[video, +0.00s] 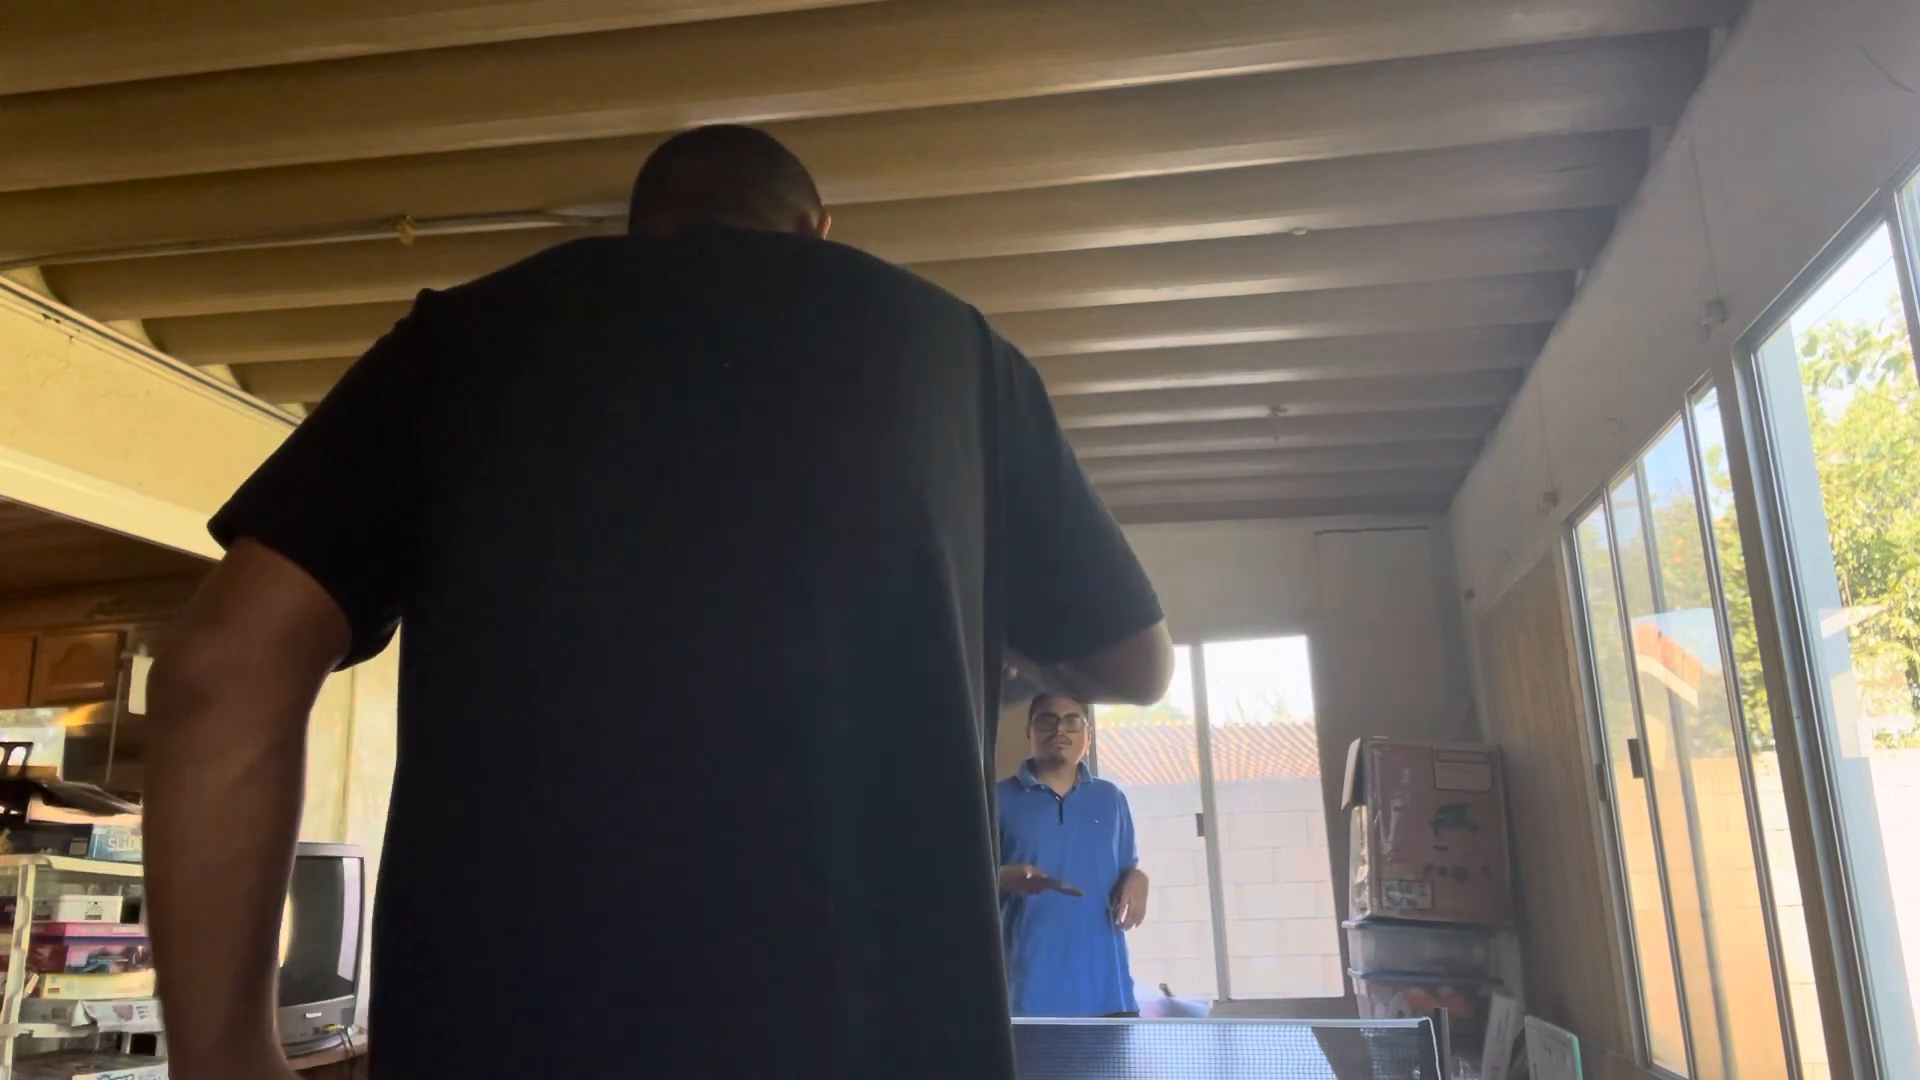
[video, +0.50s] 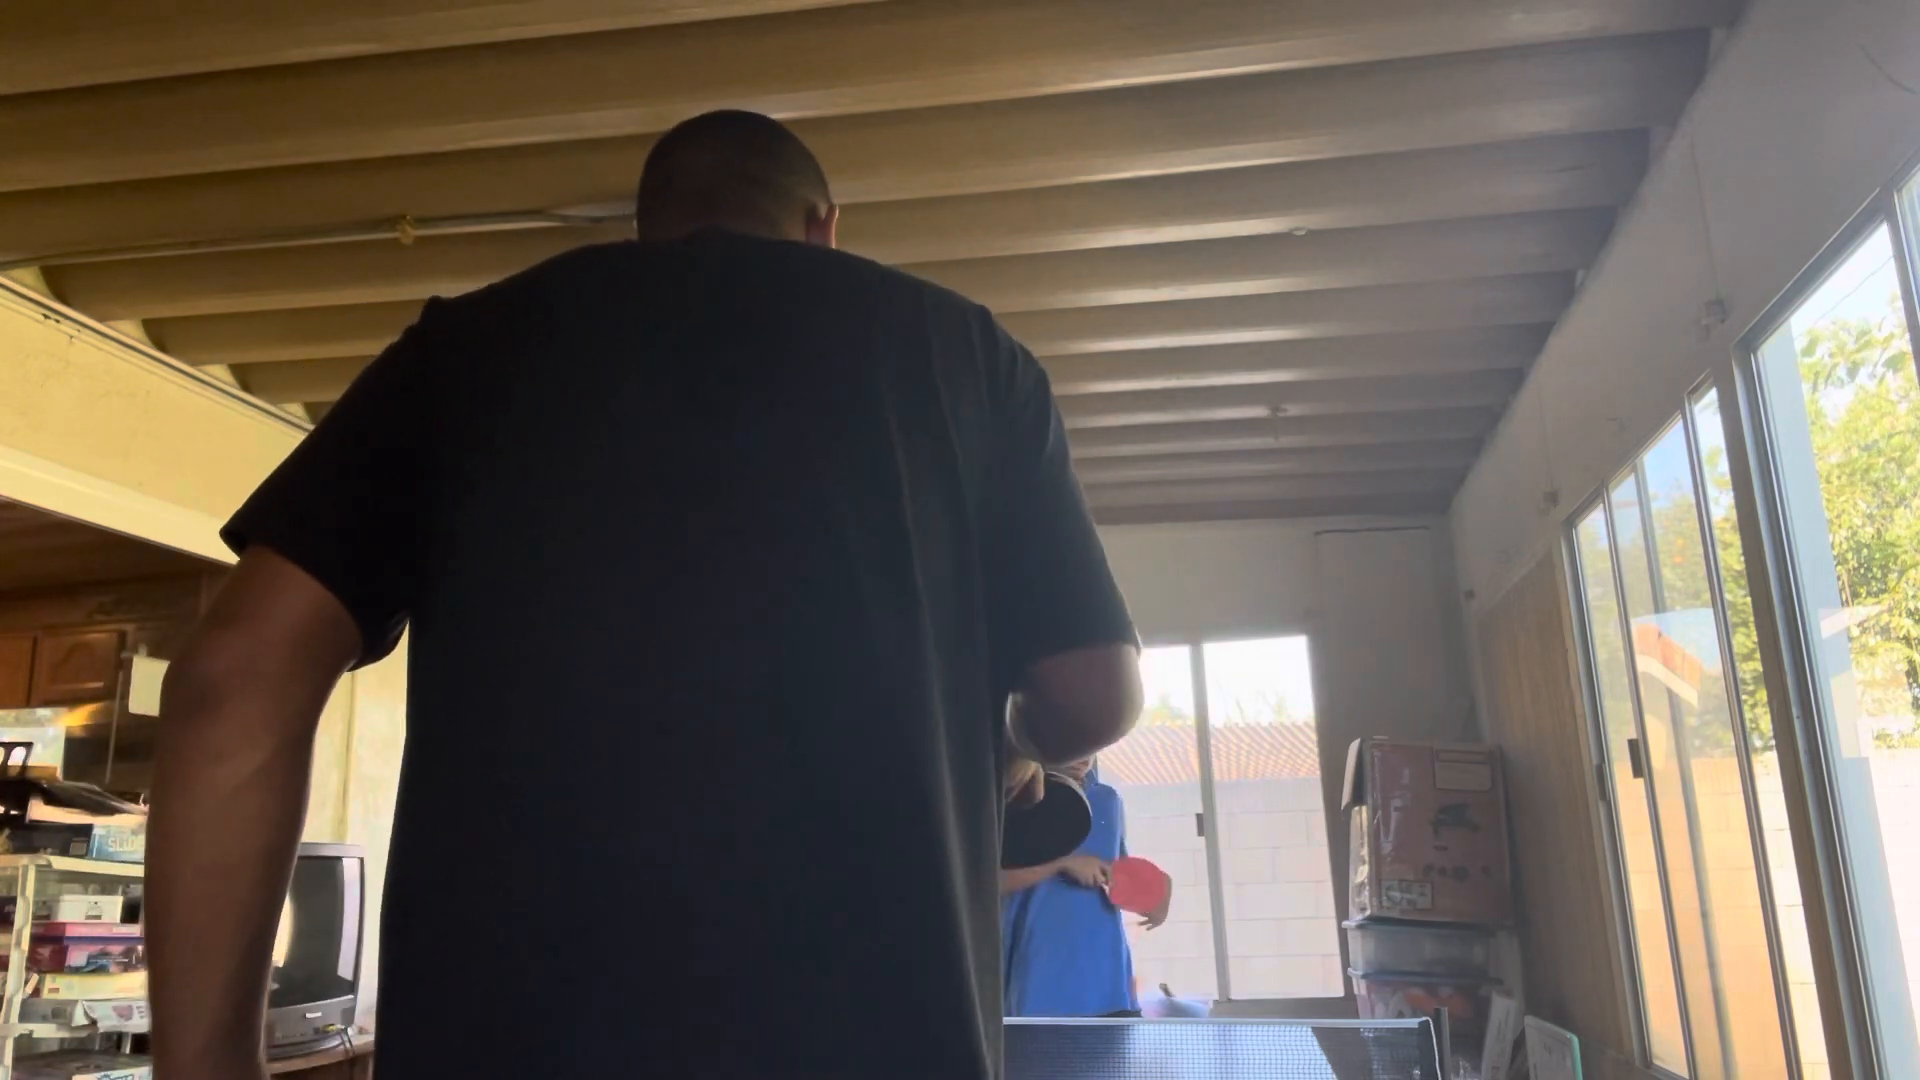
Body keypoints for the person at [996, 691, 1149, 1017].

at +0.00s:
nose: (1059, 731)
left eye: (1072, 722)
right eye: (1047, 722)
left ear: (1087, 738)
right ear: (1029, 734)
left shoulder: (1110, 800)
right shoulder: (997, 799)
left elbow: (1124, 871)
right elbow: (972, 880)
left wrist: (1138, 878)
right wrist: (1006, 878)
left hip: (1106, 994)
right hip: (1028, 997)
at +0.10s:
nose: (1061, 732)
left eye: (1073, 724)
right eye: (1051, 723)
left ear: (1089, 737)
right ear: (1033, 729)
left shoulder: (1110, 798)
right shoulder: (1008, 796)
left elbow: (1123, 873)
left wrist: (1138, 877)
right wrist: (1010, 871)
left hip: (1105, 992)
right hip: (1031, 994)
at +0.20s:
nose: (1075, 740)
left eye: (1085, 732)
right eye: (1066, 729)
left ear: (1095, 740)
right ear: (1040, 733)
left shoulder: (1111, 799)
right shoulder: (1014, 793)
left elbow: (1124, 870)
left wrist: (1140, 877)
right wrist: (1022, 865)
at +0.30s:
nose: (1069, 746)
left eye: (1078, 737)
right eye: (1058, 736)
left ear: (1091, 742)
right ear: (1029, 736)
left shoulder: (1110, 800)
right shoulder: (1011, 796)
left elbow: (1124, 875)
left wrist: (1145, 878)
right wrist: (1036, 859)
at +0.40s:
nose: (1072, 750)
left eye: (1082, 740)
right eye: (1060, 740)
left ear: (1093, 745)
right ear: (1029, 741)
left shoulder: (1108, 801)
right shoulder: (1013, 801)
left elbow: (1123, 882)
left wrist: (1152, 879)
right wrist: (1052, 859)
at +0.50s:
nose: (1081, 758)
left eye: (1089, 747)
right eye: (1070, 747)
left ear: (1097, 749)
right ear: (1043, 746)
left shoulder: (1108, 801)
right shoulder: (1015, 800)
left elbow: (1119, 875)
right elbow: (990, 880)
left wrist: (1157, 892)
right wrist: (1062, 864)